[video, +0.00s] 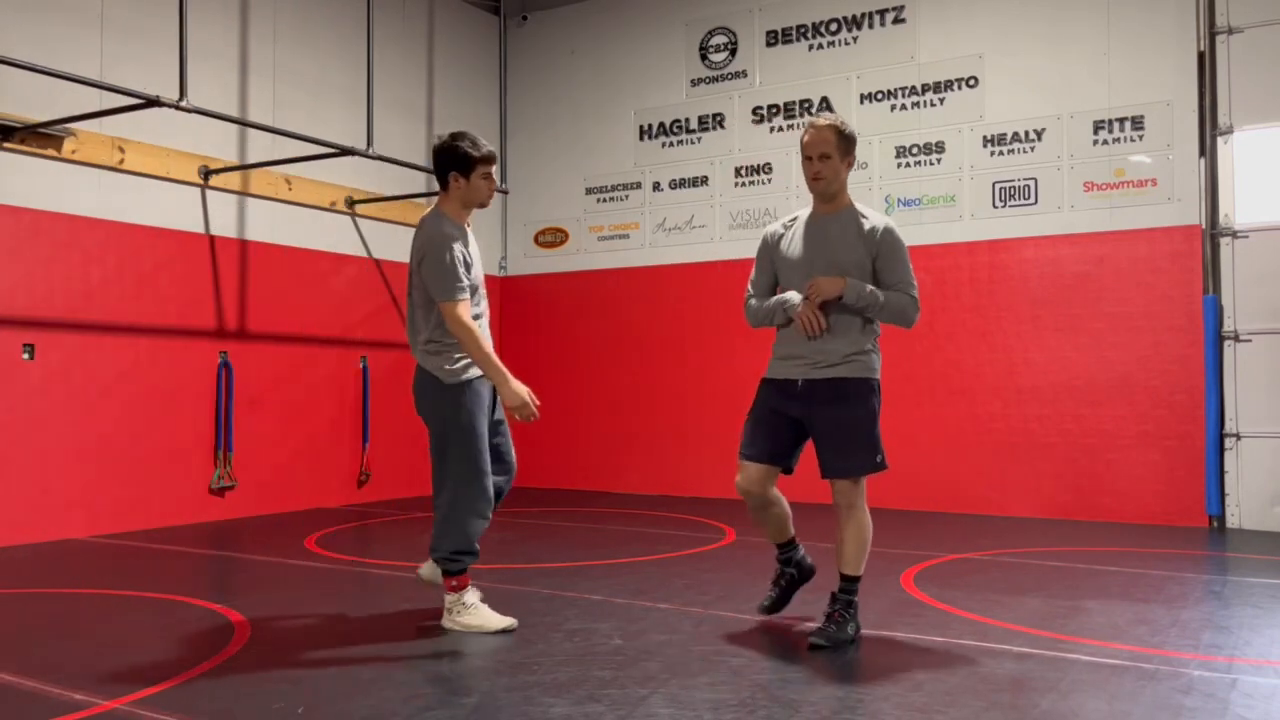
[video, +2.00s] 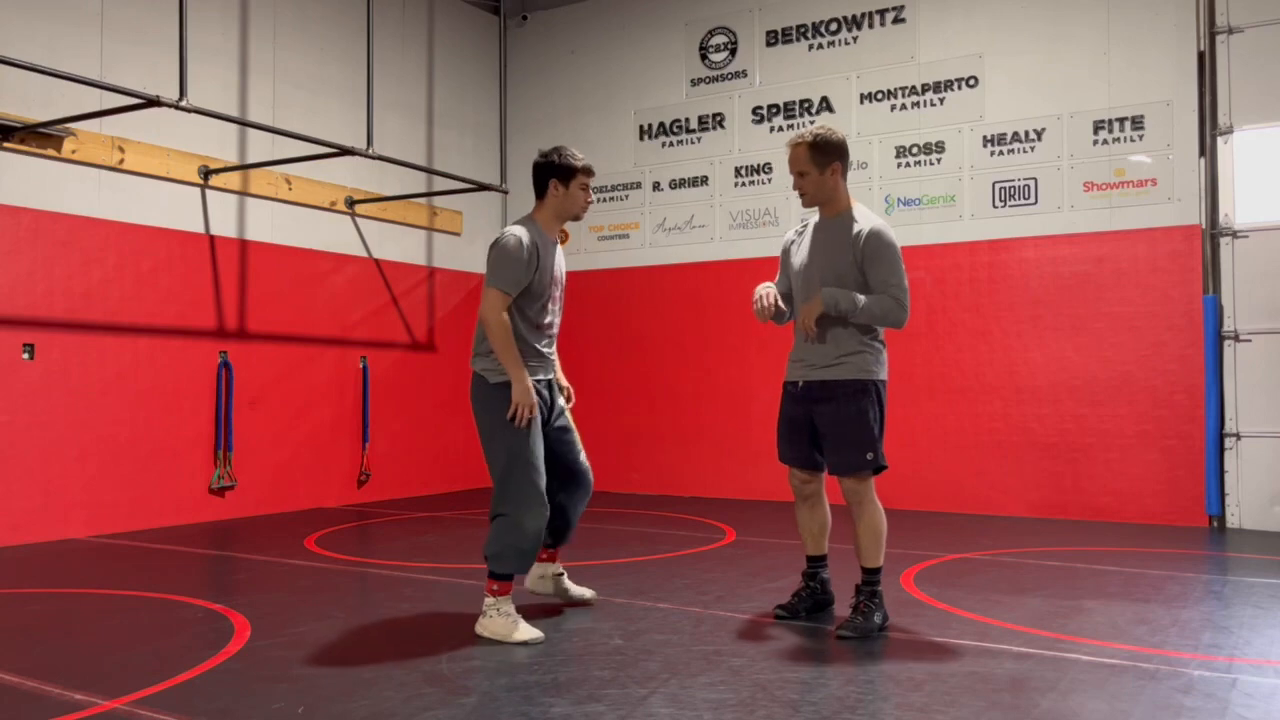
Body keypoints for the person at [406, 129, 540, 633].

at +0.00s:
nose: (496, 184)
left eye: (495, 175)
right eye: (488, 176)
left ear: (458, 182)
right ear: (456, 180)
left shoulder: (456, 228)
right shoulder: (443, 238)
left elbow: (457, 315)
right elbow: (458, 321)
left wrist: (480, 370)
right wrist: (506, 383)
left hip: (472, 376)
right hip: (453, 380)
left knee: (499, 471)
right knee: (464, 481)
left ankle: (445, 557)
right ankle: (458, 596)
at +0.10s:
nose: (504, 184)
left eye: (504, 174)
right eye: (496, 175)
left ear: (469, 181)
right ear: (464, 180)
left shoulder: (466, 229)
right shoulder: (448, 238)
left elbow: (468, 317)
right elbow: (461, 322)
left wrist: (493, 374)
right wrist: (513, 382)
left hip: (484, 377)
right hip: (460, 381)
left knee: (511, 475)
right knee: (471, 484)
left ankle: (498, 566)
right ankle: (457, 599)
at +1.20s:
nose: (568, 192)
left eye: (568, 185)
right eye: (561, 184)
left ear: (543, 189)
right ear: (533, 186)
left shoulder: (537, 245)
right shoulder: (503, 240)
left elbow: (533, 315)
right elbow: (489, 308)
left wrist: (546, 369)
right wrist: (516, 374)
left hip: (545, 380)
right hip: (516, 382)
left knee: (549, 486)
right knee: (518, 488)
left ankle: (513, 583)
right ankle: (466, 594)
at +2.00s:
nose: (591, 197)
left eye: (591, 189)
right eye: (584, 188)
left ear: (562, 191)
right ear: (554, 188)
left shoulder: (554, 246)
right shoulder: (515, 242)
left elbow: (542, 324)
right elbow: (492, 313)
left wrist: (558, 376)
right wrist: (520, 379)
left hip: (544, 385)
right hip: (506, 387)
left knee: (574, 482)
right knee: (524, 495)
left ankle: (545, 569)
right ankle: (496, 608)